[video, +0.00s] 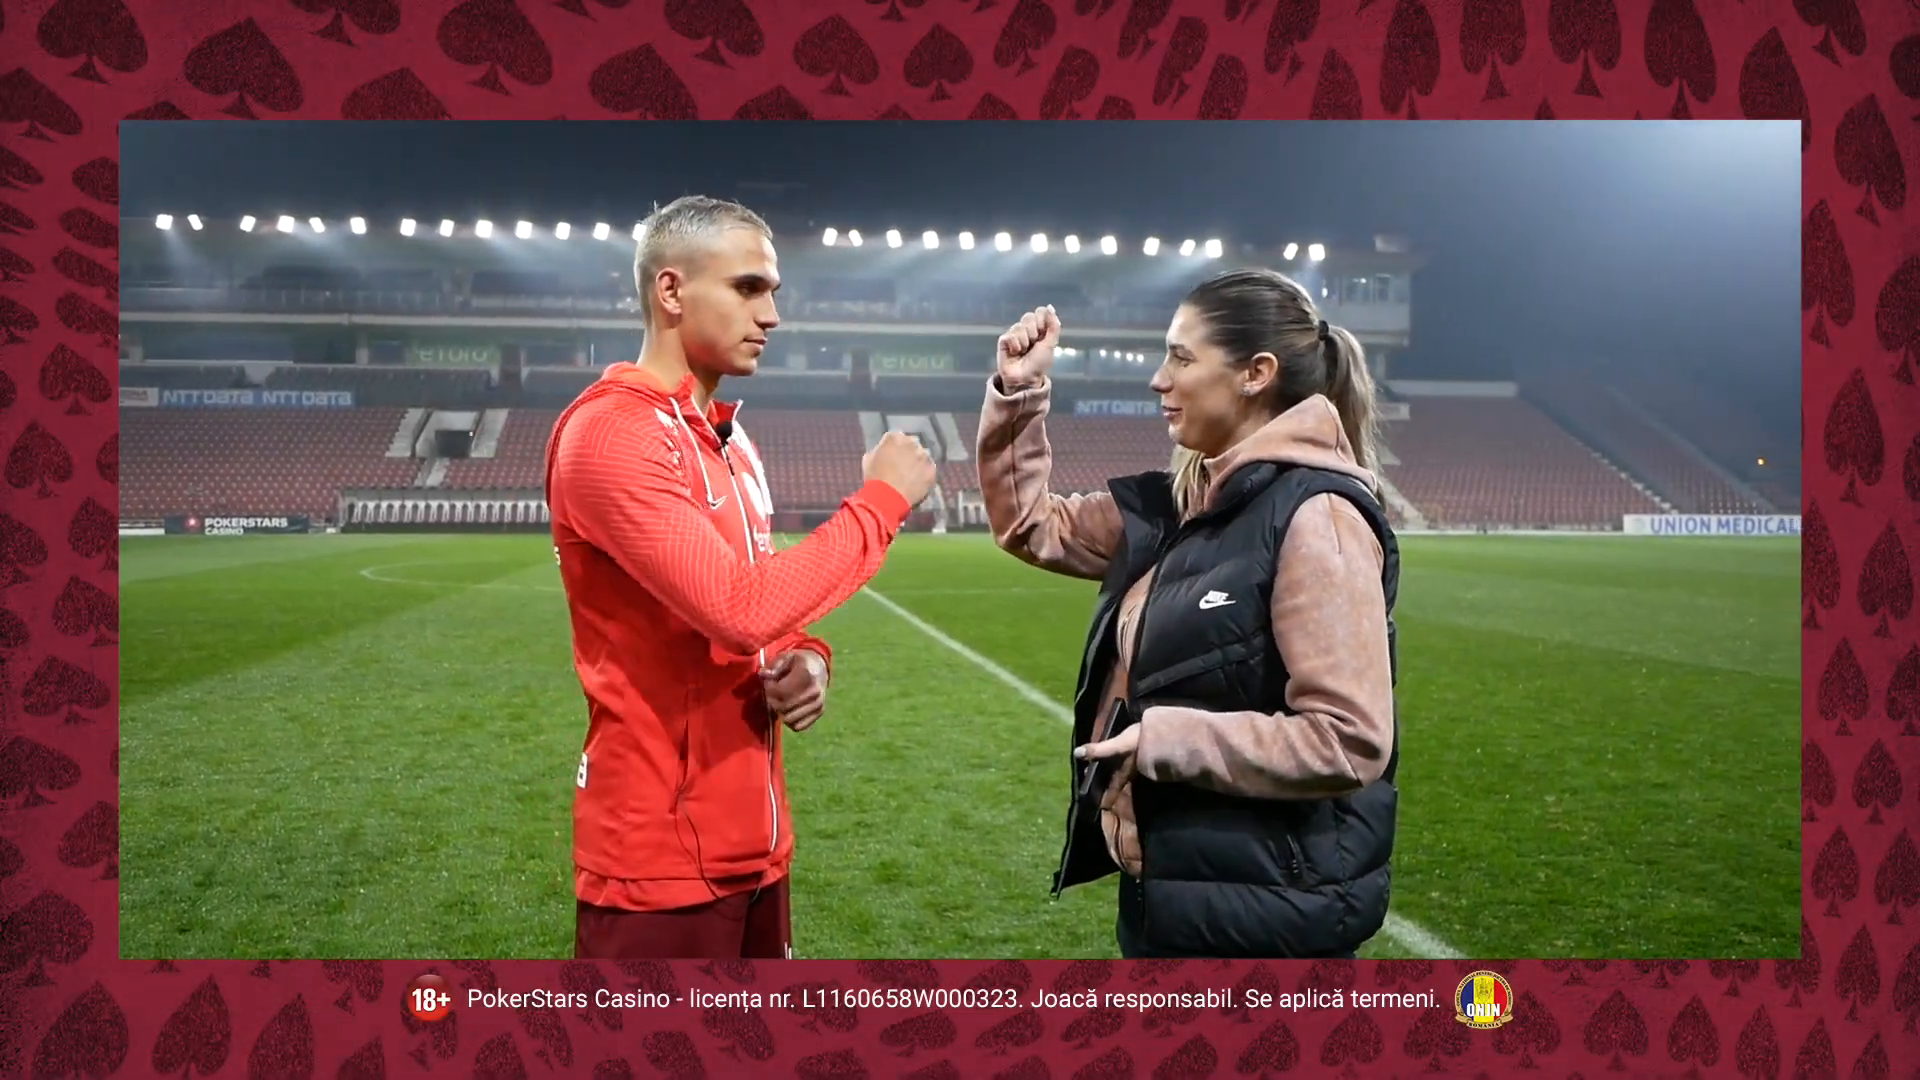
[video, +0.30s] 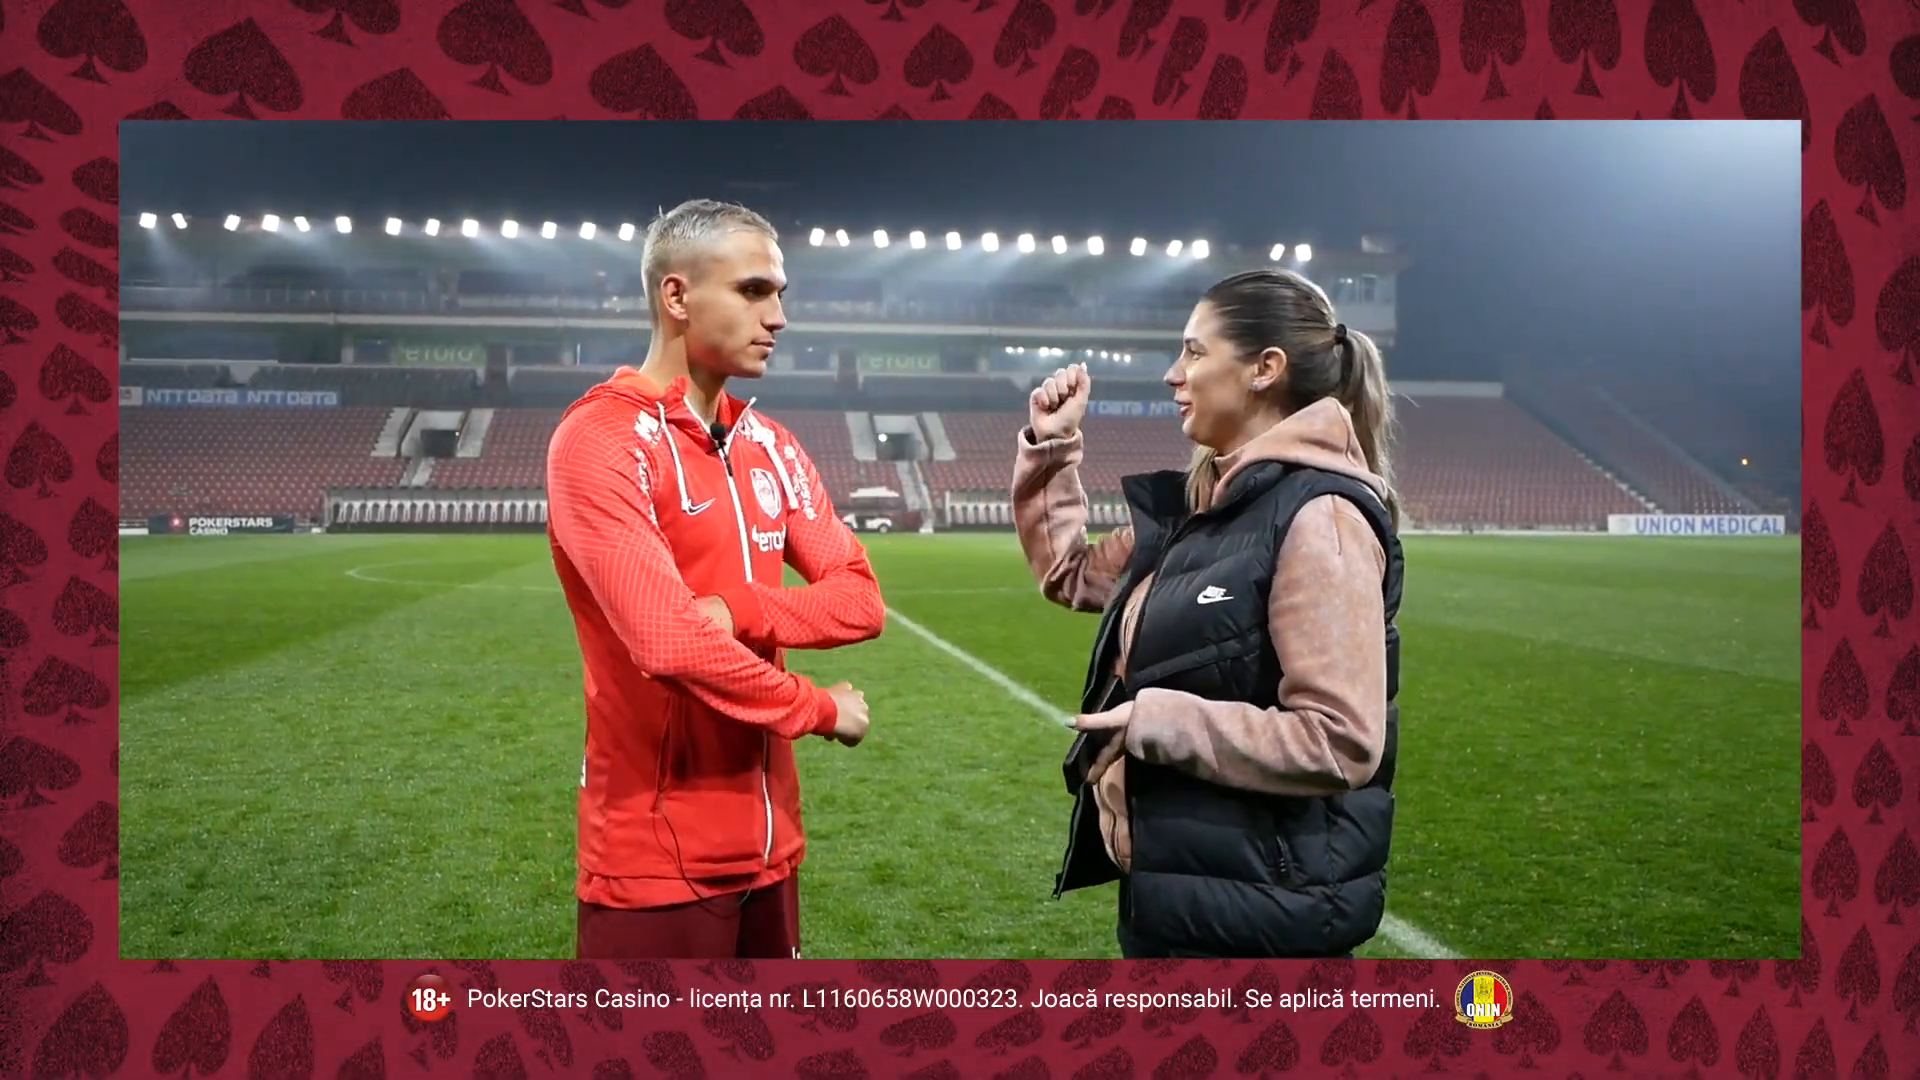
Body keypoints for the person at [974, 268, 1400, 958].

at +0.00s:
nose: (1159, 381)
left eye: (1180, 358)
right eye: (1166, 357)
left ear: (1256, 374)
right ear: (1252, 376)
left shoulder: (1318, 518)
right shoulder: (1190, 503)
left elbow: (1348, 740)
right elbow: (1032, 528)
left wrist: (1167, 738)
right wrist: (1017, 398)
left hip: (1259, 924)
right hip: (1173, 908)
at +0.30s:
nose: (1173, 375)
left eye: (1194, 353)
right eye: (1180, 354)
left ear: (1266, 369)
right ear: (1263, 371)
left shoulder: (1322, 517)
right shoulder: (1215, 505)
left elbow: (1339, 742)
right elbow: (1069, 574)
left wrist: (1153, 720)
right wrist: (1050, 450)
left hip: (1258, 918)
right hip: (1183, 906)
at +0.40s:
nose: (1177, 374)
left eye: (1197, 351)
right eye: (1185, 352)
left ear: (1268, 367)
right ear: (1264, 369)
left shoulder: (1323, 517)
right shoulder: (1225, 501)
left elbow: (1338, 742)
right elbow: (1136, 649)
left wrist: (1158, 719)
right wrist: (1037, 534)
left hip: (1256, 921)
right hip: (1184, 907)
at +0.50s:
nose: (1177, 373)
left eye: (1199, 350)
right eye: (1186, 351)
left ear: (1269, 366)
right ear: (1260, 367)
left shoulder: (1321, 518)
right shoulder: (1225, 502)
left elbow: (1335, 742)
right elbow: (1178, 687)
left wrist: (1159, 723)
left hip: (1255, 920)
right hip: (1186, 907)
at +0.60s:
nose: (1174, 374)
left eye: (1195, 351)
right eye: (1183, 353)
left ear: (1265, 369)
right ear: (1257, 370)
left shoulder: (1314, 521)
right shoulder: (1223, 506)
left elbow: (1329, 743)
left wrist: (1149, 724)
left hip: (1253, 922)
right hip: (1187, 911)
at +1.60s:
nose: (1176, 388)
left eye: (1197, 366)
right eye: (1185, 367)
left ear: (1266, 385)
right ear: (1260, 387)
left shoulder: (1317, 523)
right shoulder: (1236, 508)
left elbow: (1326, 736)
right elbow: (1209, 685)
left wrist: (1148, 720)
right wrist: (1083, 668)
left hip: (1273, 912)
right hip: (1213, 901)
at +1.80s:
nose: (1191, 393)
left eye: (1213, 371)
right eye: (1199, 372)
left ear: (1283, 386)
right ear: (1274, 386)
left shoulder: (1335, 523)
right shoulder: (1246, 512)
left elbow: (1265, 708)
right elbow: (1163, 665)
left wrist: (1102, 629)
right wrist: (1045, 590)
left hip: (1293, 911)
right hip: (1227, 902)